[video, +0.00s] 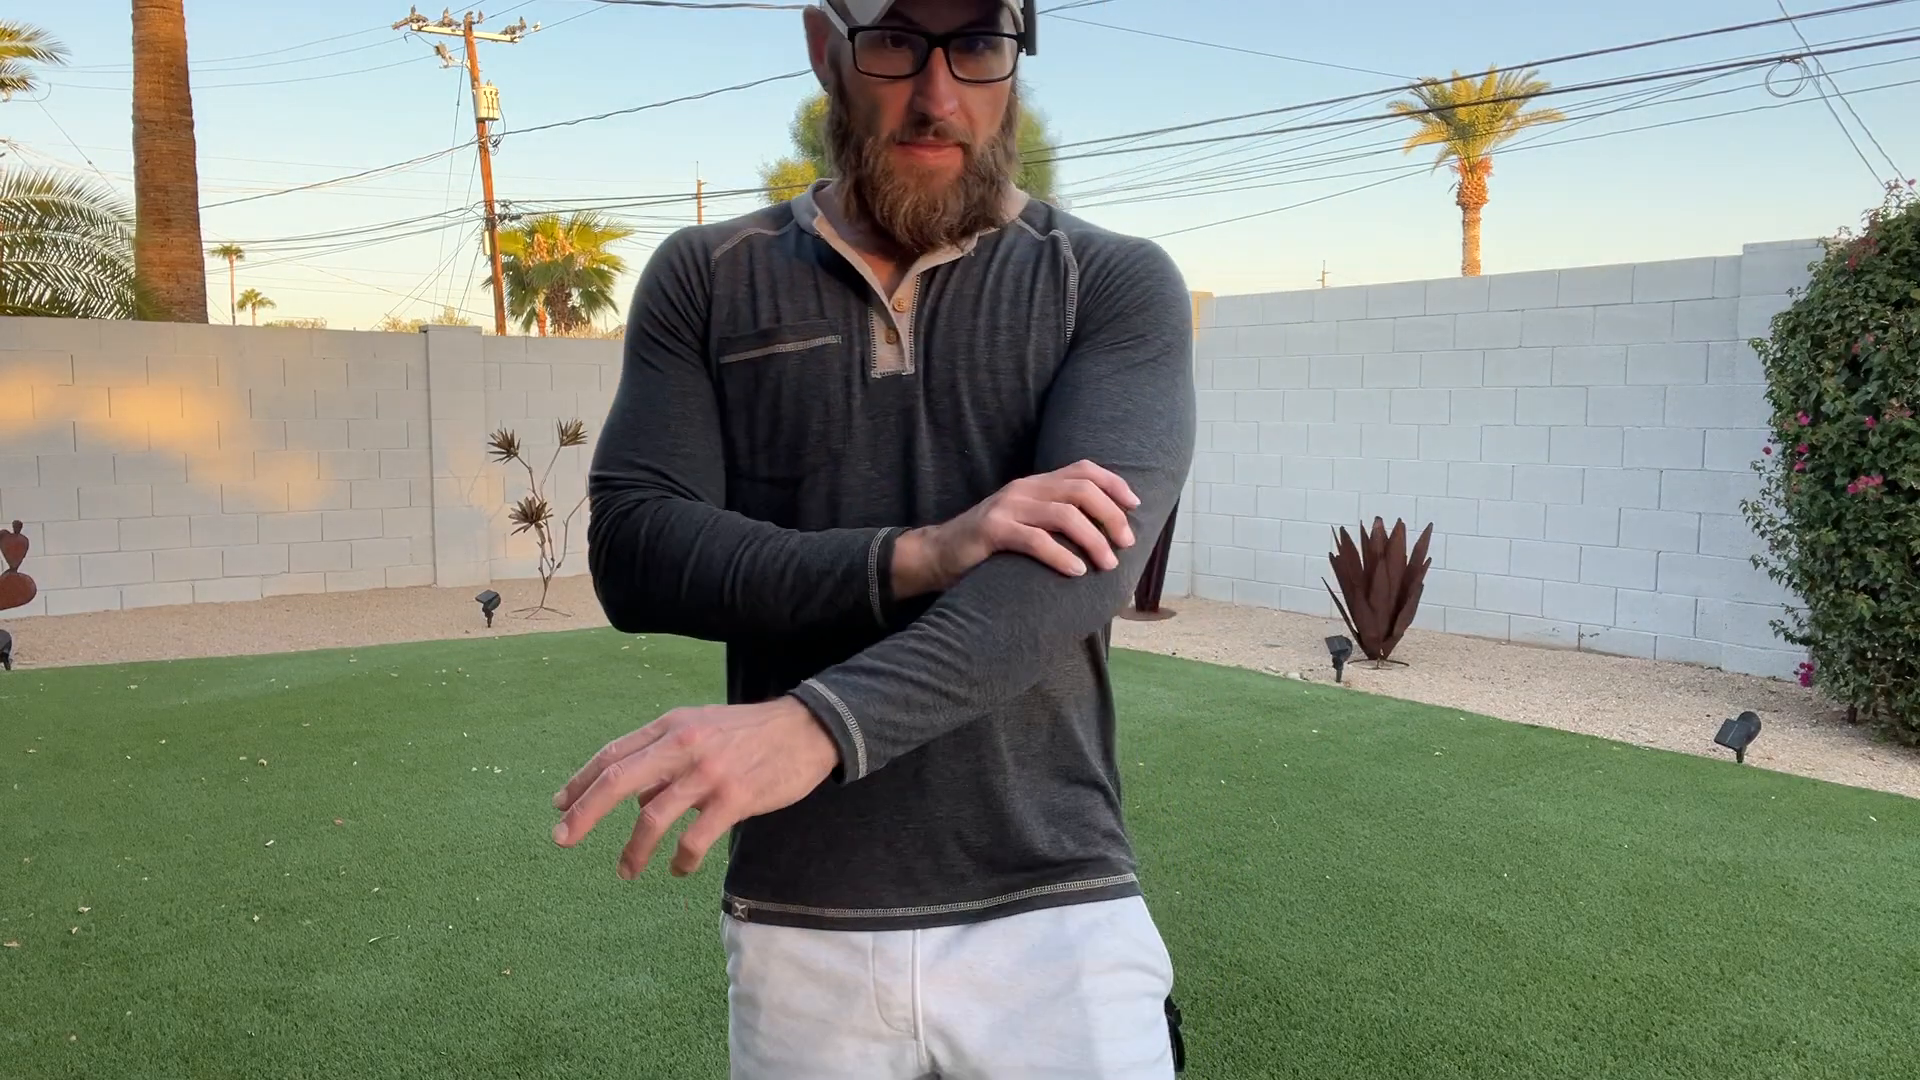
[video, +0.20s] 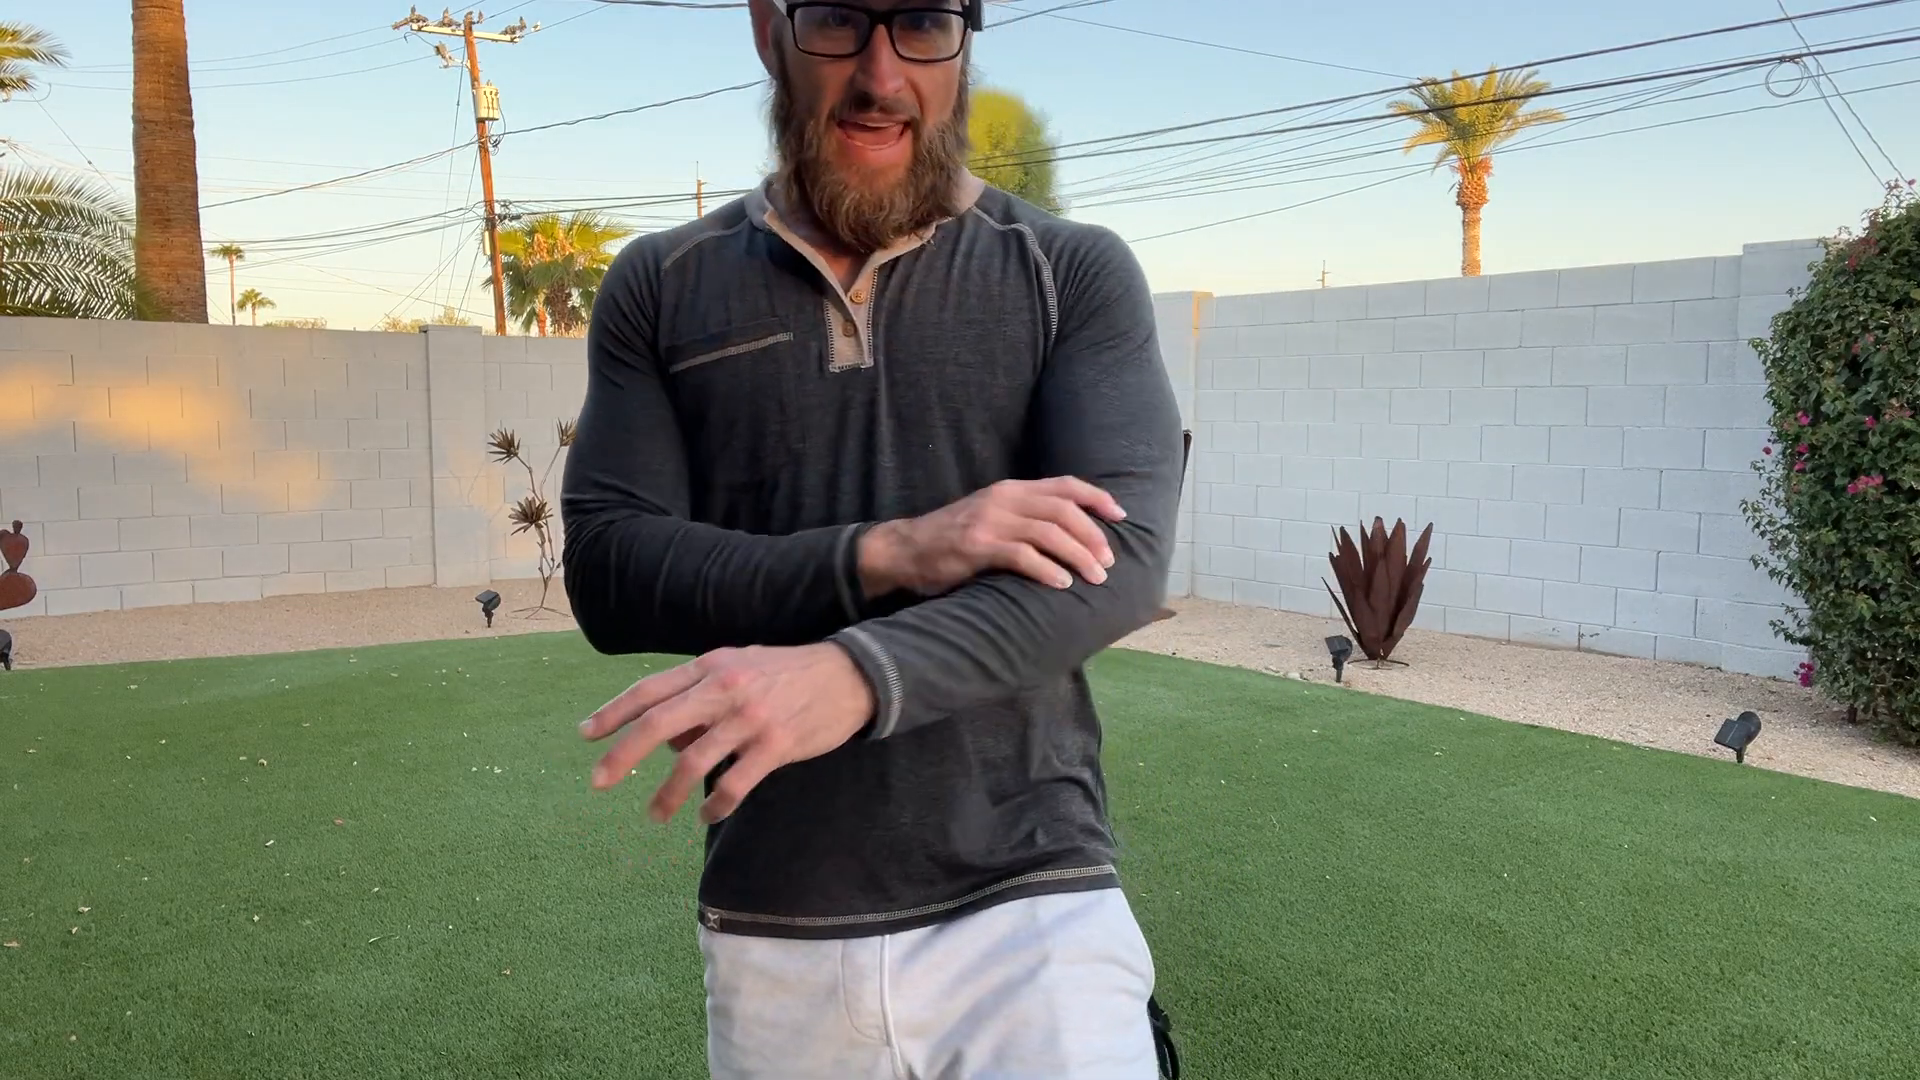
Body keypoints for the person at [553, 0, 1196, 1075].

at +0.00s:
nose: (935, 90)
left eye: (975, 48)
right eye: (893, 45)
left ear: (1015, 64)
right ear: (827, 54)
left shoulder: (1111, 279)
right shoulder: (704, 277)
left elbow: (1079, 566)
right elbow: (637, 550)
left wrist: (815, 722)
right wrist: (922, 553)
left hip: (1057, 927)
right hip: (802, 931)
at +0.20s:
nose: (881, 74)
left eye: (922, 27)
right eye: (836, 25)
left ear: (966, 45)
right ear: (768, 35)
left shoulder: (1072, 273)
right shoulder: (659, 289)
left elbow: (1115, 556)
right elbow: (611, 574)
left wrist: (860, 672)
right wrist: (892, 550)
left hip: (1032, 920)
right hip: (776, 939)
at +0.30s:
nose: (859, 75)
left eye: (902, 26)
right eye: (815, 26)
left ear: (950, 43)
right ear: (752, 35)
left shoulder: (1072, 279)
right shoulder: (641, 299)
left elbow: (1200, 550)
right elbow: (568, 598)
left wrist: (1026, 630)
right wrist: (721, 565)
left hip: (1028, 929)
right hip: (767, 947)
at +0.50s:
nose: (856, 89)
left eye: (900, 38)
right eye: (808, 40)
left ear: (953, 47)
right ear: (742, 46)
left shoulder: (1085, 275)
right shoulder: (638, 302)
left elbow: (1193, 551)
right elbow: (579, 563)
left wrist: (1315, 609)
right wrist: (442, 633)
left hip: (1034, 934)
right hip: (766, 960)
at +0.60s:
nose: (870, 82)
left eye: (915, 34)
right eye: (823, 33)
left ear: (966, 45)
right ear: (757, 36)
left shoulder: (1100, 275)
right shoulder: (642, 297)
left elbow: (1181, 552)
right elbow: (591, 561)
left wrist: (1325, 632)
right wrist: (449, 630)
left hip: (1034, 926)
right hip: (773, 954)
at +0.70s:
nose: (890, 78)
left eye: (938, 30)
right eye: (841, 28)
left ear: (990, 42)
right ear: (774, 32)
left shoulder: (1120, 281)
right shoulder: (652, 296)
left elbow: (1205, 564)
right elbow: (603, 567)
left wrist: (1347, 646)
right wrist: (463, 635)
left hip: (1047, 949)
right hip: (779, 971)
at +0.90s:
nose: (957, 67)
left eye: (1004, 15)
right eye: (905, 18)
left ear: (1057, 30)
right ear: (837, 27)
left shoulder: (1190, 280)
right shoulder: (697, 289)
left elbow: (1289, 591)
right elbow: (637, 596)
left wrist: (1392, 705)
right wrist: (525, 702)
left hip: (1110, 1006)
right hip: (810, 1013)